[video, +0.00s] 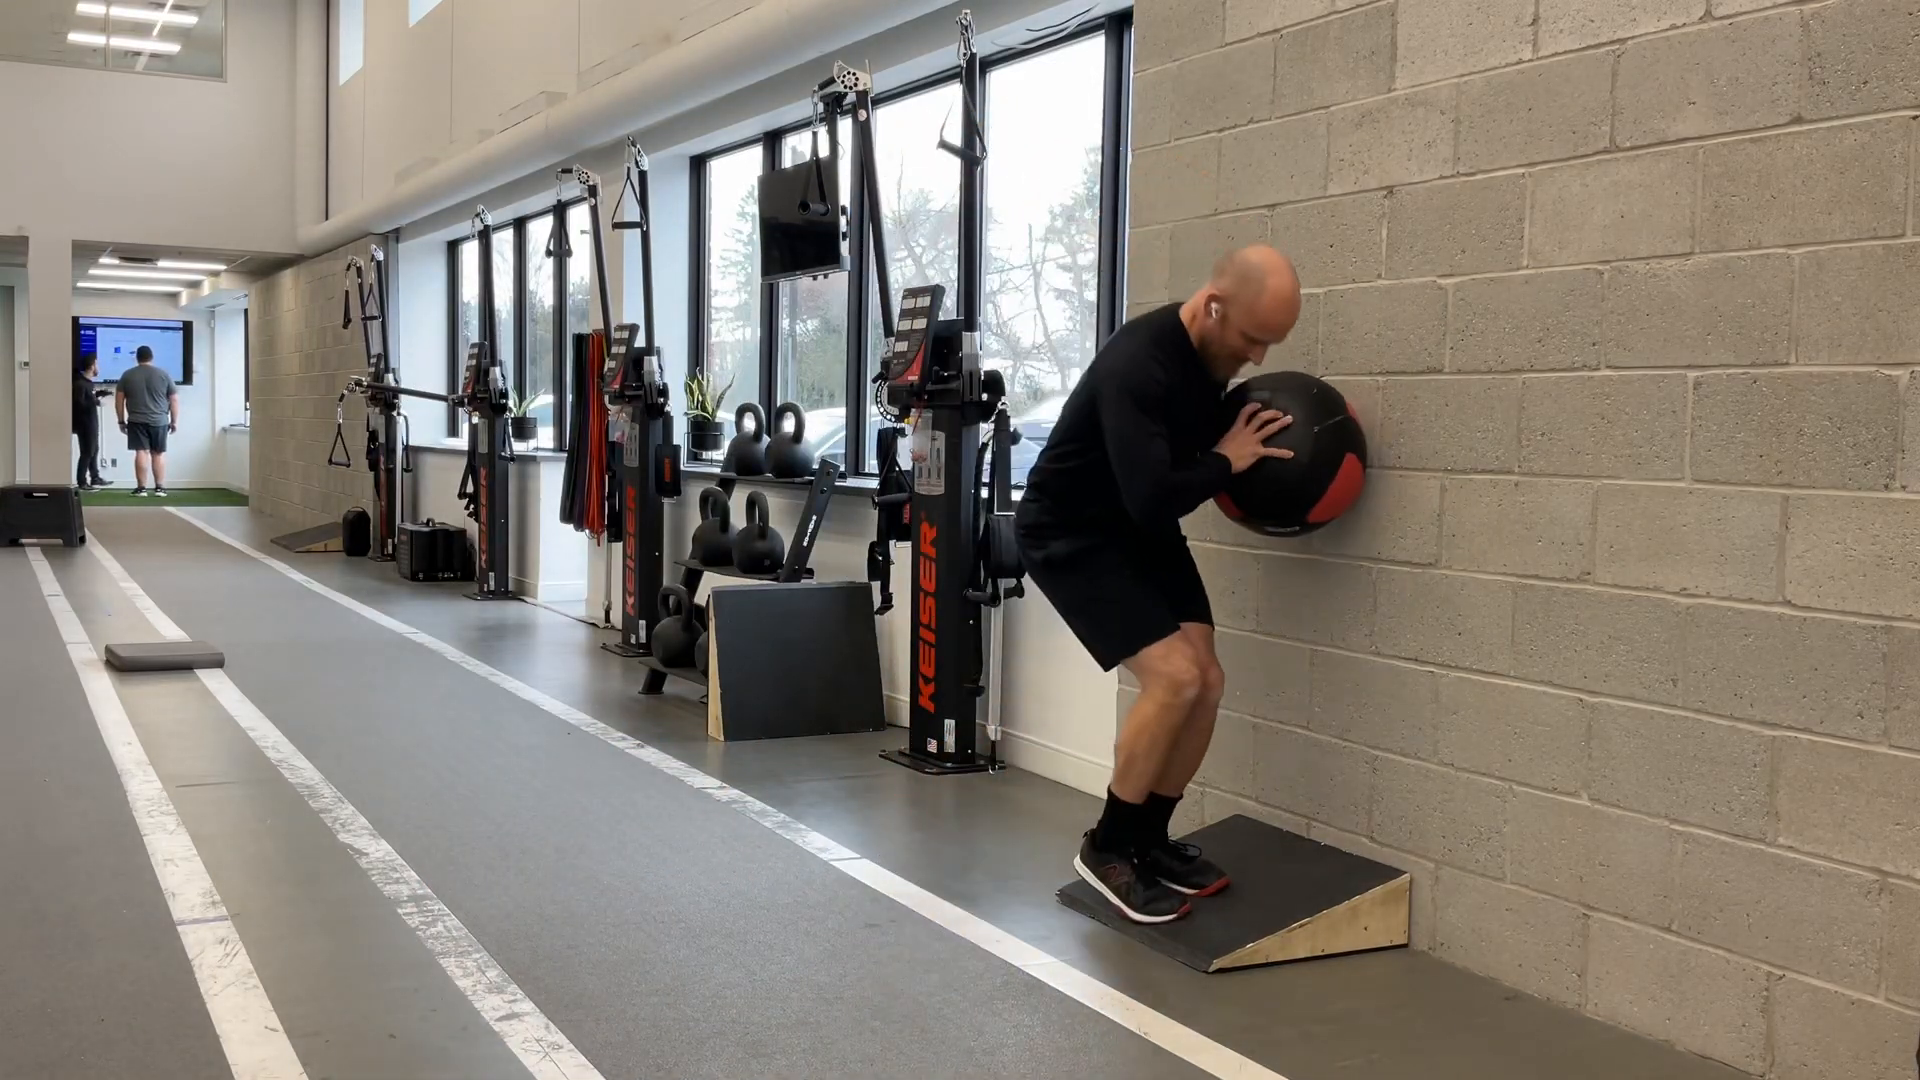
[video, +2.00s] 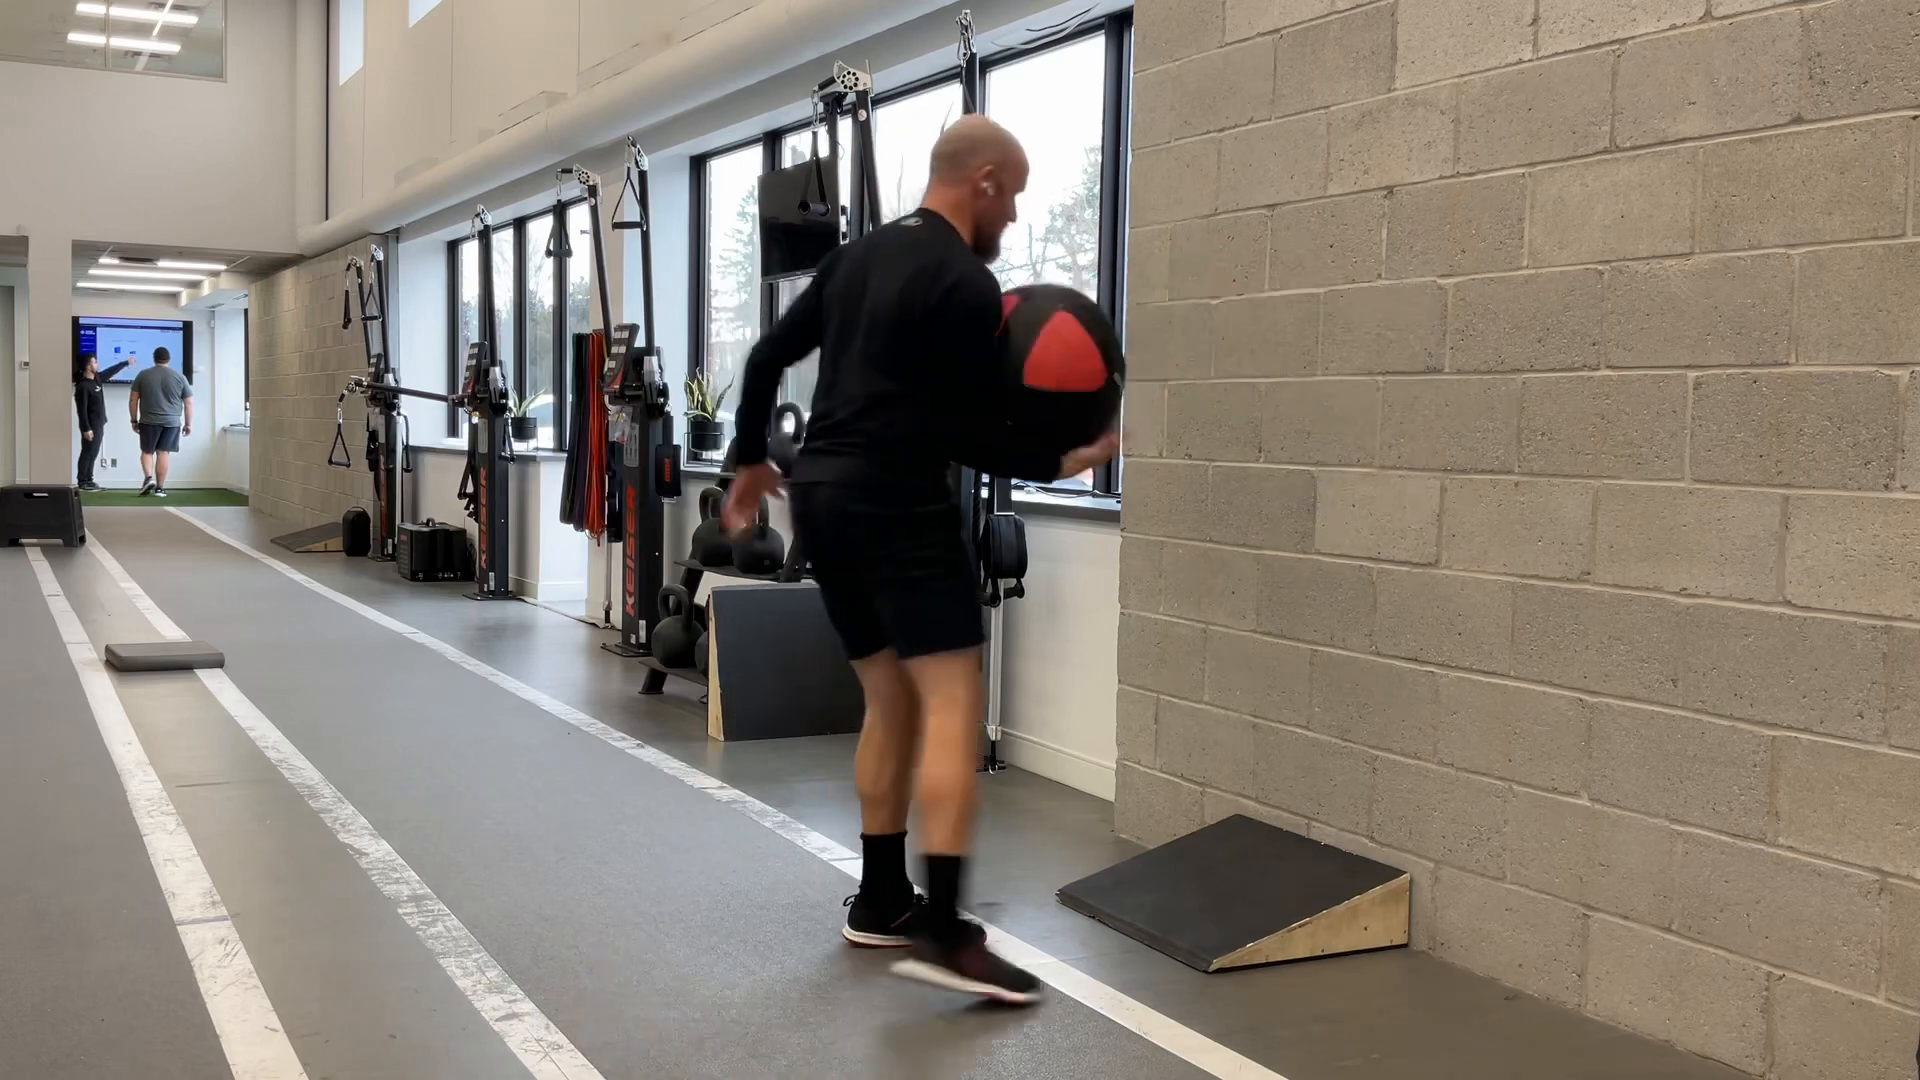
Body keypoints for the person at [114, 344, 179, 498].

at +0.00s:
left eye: (139, 357)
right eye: (149, 357)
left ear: (137, 358)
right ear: (152, 358)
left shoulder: (128, 375)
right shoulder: (163, 375)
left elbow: (119, 399)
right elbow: (173, 398)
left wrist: (121, 420)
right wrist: (174, 421)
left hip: (136, 421)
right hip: (158, 422)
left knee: (141, 452)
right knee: (157, 454)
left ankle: (141, 487)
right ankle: (159, 487)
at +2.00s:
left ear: (154, 359)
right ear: (169, 360)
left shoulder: (143, 375)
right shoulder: (179, 377)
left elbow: (133, 399)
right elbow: (188, 402)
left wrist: (133, 420)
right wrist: (188, 423)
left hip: (149, 422)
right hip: (171, 423)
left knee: (147, 451)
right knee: (164, 453)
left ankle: (148, 477)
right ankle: (160, 488)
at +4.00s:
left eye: (158, 359)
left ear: (155, 360)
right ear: (170, 360)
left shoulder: (144, 374)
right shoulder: (179, 377)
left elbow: (133, 397)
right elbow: (189, 401)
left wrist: (134, 418)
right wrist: (190, 423)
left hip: (146, 421)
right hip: (169, 423)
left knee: (144, 449)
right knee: (161, 454)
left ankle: (150, 471)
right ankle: (157, 487)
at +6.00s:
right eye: (166, 358)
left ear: (154, 359)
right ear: (169, 360)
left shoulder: (144, 375)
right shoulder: (178, 377)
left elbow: (133, 397)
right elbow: (189, 401)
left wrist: (134, 417)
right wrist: (189, 423)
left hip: (148, 422)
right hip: (170, 423)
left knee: (147, 451)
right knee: (163, 452)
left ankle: (153, 473)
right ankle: (159, 488)